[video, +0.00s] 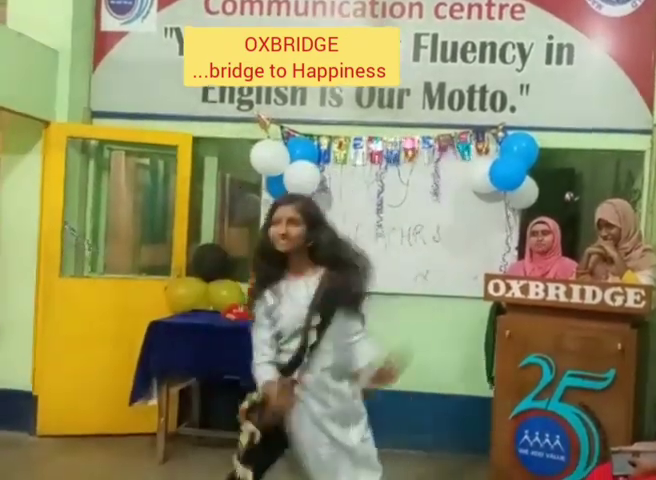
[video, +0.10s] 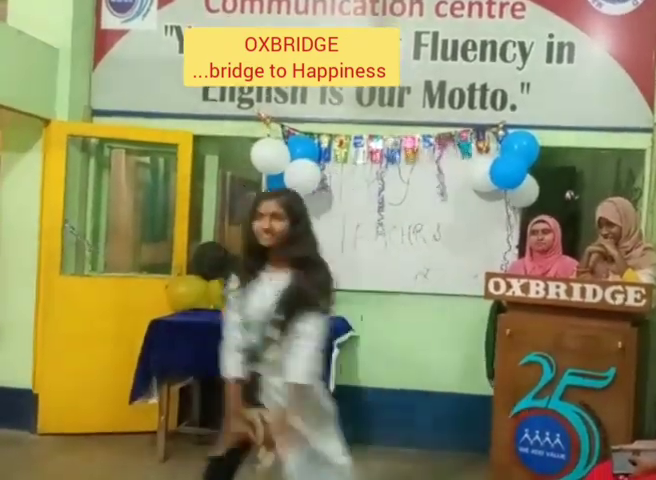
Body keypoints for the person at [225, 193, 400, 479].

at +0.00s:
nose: (283, 231)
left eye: (293, 223)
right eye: (276, 223)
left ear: (311, 230)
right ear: (268, 231)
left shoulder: (337, 281)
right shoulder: (268, 289)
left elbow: (354, 338)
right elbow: (261, 352)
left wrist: (372, 370)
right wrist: (272, 387)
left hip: (338, 399)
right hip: (290, 401)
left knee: (359, 470)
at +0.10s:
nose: (266, 226)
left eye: (276, 218)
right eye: (260, 217)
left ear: (295, 225)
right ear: (251, 223)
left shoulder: (310, 276)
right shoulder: (244, 273)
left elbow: (307, 343)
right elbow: (232, 338)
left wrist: (289, 411)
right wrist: (234, 410)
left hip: (298, 392)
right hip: (253, 392)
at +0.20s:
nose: (255, 218)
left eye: (265, 210)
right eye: (248, 209)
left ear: (283, 217)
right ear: (239, 215)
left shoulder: (295, 269)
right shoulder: (228, 264)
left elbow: (280, 339)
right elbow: (209, 327)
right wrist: (197, 397)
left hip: (277, 389)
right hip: (230, 385)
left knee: (280, 467)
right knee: (203, 465)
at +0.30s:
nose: (238, 207)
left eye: (248, 200)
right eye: (231, 198)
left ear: (267, 206)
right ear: (221, 203)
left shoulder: (281, 257)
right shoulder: (220, 248)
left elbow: (259, 323)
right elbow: (185, 297)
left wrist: (201, 350)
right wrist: (154, 341)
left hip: (261, 377)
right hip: (222, 371)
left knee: (240, 467)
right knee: (224, 461)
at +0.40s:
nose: (224, 204)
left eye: (235, 196)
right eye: (218, 195)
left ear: (256, 202)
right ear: (210, 200)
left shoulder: (271, 257)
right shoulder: (213, 250)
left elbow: (254, 314)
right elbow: (166, 290)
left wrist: (196, 319)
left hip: (246, 368)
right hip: (210, 363)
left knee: (219, 456)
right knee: (200, 449)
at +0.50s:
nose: (218, 201)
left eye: (229, 193)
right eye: (213, 192)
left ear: (250, 199)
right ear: (206, 195)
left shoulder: (265, 249)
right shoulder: (210, 242)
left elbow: (256, 310)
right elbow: (162, 273)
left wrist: (194, 333)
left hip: (238, 356)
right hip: (204, 347)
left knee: (212, 438)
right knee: (193, 431)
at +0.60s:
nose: (213, 194)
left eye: (224, 186)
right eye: (209, 186)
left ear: (246, 194)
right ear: (204, 192)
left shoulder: (262, 250)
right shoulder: (203, 242)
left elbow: (255, 318)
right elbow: (148, 257)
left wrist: (211, 365)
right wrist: (117, 225)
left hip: (238, 363)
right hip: (197, 356)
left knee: (213, 451)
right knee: (188, 446)